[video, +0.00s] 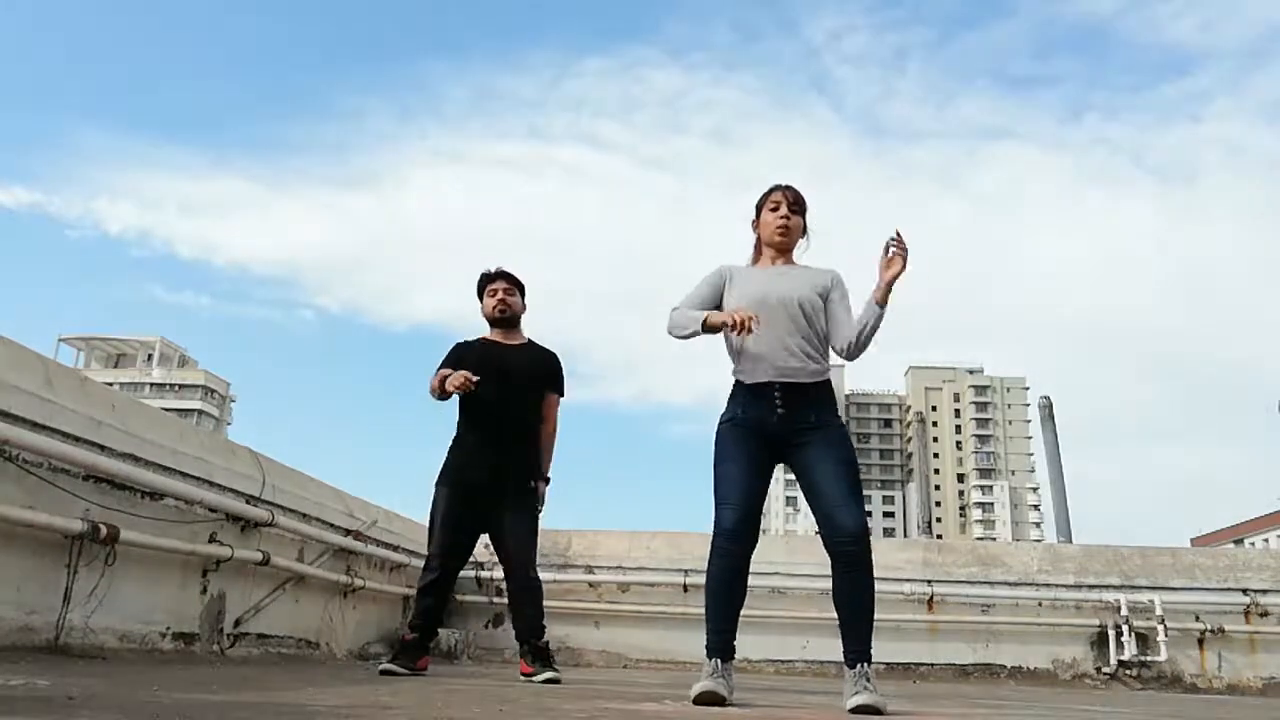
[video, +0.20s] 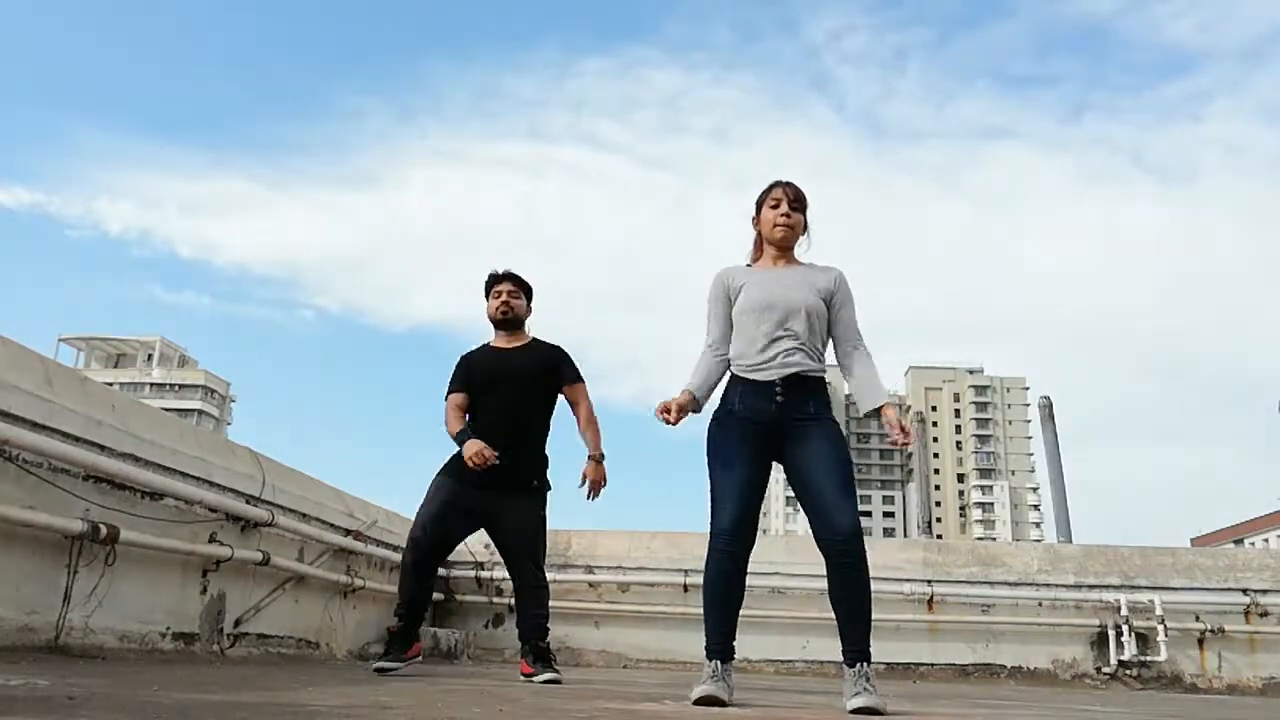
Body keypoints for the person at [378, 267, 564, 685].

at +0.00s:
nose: (502, 297)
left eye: (510, 292)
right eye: (492, 293)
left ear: (523, 304)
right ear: (482, 307)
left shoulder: (546, 360)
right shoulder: (467, 350)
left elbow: (548, 423)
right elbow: (436, 387)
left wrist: (542, 476)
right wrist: (447, 383)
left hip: (517, 481)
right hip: (463, 477)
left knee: (523, 571)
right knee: (439, 564)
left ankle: (535, 654)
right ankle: (413, 649)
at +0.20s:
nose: (505, 299)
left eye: (514, 295)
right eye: (497, 295)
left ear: (528, 308)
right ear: (487, 308)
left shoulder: (552, 357)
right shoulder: (471, 361)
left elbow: (582, 406)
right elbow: (454, 411)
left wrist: (596, 457)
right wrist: (465, 440)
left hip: (522, 485)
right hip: (466, 477)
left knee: (529, 571)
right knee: (420, 547)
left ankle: (535, 654)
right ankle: (405, 640)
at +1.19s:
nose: (500, 303)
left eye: (510, 300)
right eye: (494, 295)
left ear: (519, 313)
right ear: (480, 302)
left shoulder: (533, 358)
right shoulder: (449, 354)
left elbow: (550, 413)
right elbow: (432, 410)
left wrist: (528, 455)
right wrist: (444, 456)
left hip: (507, 483)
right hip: (451, 478)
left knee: (518, 570)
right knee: (417, 562)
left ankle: (536, 653)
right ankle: (392, 647)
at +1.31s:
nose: (503, 304)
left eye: (513, 302)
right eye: (497, 296)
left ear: (521, 314)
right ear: (482, 302)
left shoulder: (534, 361)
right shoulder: (450, 354)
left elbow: (552, 415)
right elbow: (431, 409)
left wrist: (531, 455)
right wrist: (444, 455)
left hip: (510, 485)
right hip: (454, 480)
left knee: (522, 570)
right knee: (416, 559)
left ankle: (537, 654)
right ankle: (393, 647)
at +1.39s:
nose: (501, 303)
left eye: (511, 300)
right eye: (495, 296)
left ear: (520, 312)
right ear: (480, 302)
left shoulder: (534, 364)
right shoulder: (450, 354)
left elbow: (553, 418)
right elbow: (432, 408)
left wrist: (536, 460)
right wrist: (438, 459)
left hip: (512, 487)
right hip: (456, 482)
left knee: (524, 569)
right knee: (419, 563)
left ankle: (538, 653)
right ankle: (392, 646)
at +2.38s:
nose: (493, 319)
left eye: (502, 315)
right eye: (485, 313)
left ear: (513, 328)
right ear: (472, 322)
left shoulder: (529, 380)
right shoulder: (445, 371)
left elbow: (540, 435)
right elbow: (427, 424)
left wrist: (514, 475)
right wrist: (435, 477)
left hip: (505, 494)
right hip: (445, 491)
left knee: (530, 567)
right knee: (404, 561)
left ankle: (536, 656)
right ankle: (373, 650)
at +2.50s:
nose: (482, 315)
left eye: (491, 311)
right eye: (475, 309)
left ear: (502, 323)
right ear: (461, 317)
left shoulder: (514, 376)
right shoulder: (433, 364)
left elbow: (524, 429)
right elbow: (415, 415)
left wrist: (519, 466)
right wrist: (423, 460)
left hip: (492, 490)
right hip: (435, 485)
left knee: (518, 570)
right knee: (401, 564)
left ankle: (536, 657)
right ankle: (373, 650)